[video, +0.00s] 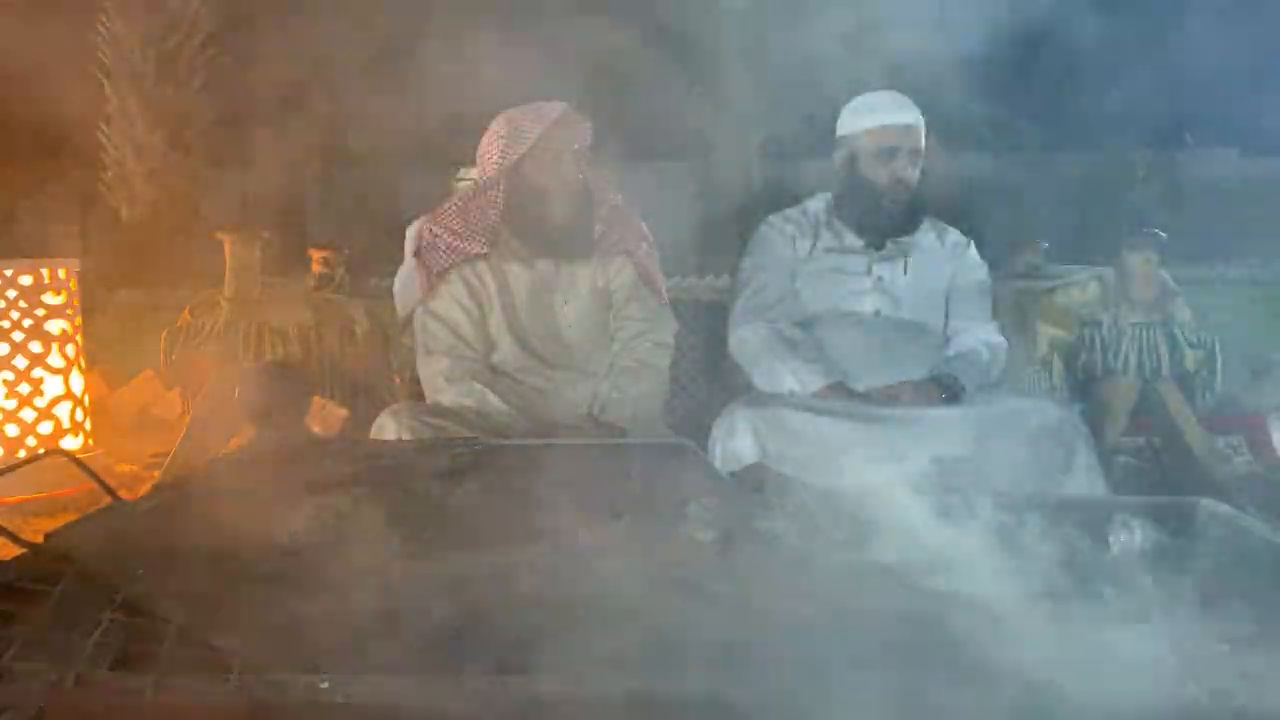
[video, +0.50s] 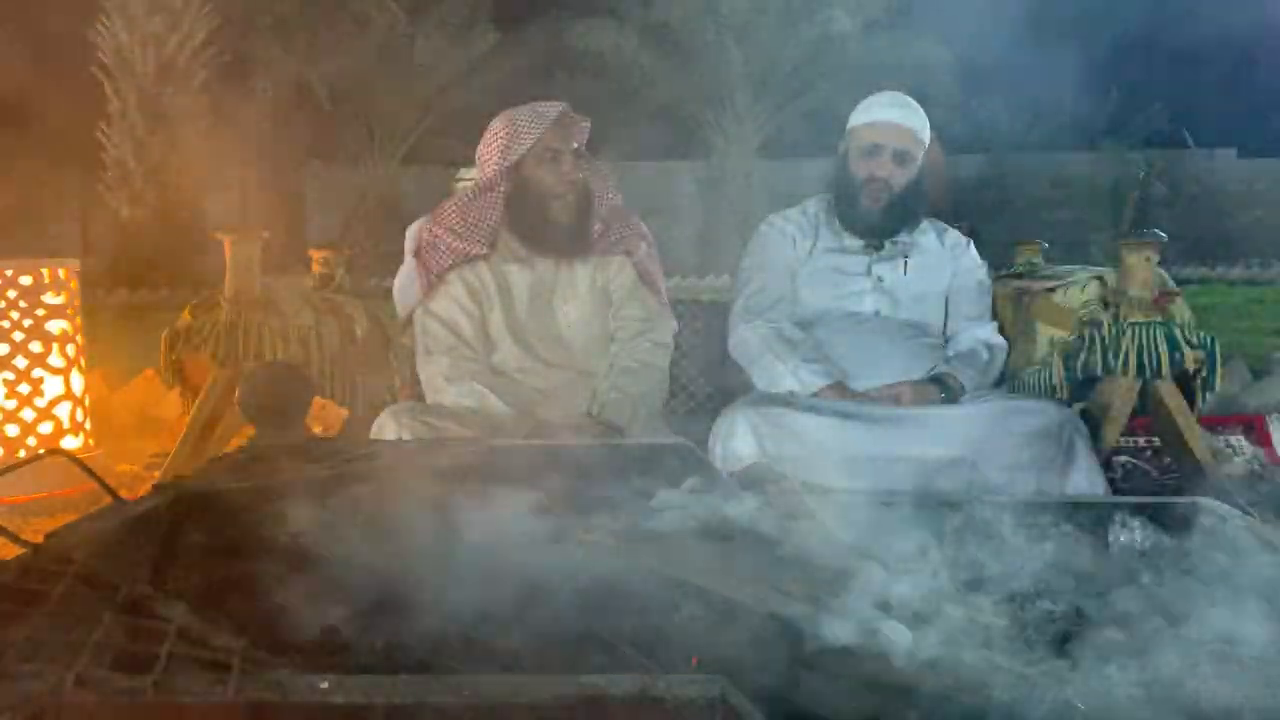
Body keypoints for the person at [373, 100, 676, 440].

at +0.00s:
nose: (580, 176)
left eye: (581, 159)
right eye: (560, 160)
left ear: (591, 167)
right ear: (514, 174)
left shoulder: (620, 258)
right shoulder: (459, 265)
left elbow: (646, 354)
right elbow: (449, 381)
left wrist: (606, 432)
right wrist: (526, 439)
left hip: (598, 439)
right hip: (496, 437)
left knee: (681, 466)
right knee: (397, 427)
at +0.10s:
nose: (579, 172)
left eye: (581, 156)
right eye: (555, 160)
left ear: (591, 161)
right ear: (515, 172)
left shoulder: (618, 254)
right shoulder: (461, 260)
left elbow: (647, 349)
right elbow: (448, 376)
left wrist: (607, 429)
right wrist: (521, 437)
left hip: (601, 436)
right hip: (498, 437)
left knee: (678, 461)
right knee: (397, 427)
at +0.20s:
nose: (575, 178)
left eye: (580, 159)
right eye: (551, 162)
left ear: (593, 167)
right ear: (508, 177)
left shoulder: (619, 258)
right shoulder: (459, 263)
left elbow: (645, 350)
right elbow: (447, 378)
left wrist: (605, 429)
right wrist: (528, 434)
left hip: (602, 436)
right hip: (498, 436)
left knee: (679, 462)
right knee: (397, 427)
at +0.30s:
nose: (573, 175)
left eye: (579, 158)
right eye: (550, 159)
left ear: (592, 166)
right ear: (509, 173)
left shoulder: (621, 256)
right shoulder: (458, 261)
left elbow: (645, 352)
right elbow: (449, 382)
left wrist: (603, 435)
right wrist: (526, 437)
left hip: (602, 437)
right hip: (495, 438)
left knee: (679, 461)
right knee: (396, 427)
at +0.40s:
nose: (572, 175)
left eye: (578, 158)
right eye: (550, 159)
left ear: (590, 167)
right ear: (508, 174)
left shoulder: (620, 263)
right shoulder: (460, 268)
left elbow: (643, 362)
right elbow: (448, 379)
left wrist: (603, 439)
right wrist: (526, 435)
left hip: (598, 440)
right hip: (496, 440)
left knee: (675, 462)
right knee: (396, 426)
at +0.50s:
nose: (574, 174)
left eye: (577, 158)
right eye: (551, 159)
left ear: (588, 166)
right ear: (509, 175)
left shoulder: (616, 263)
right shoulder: (461, 269)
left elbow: (644, 350)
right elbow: (448, 379)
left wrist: (607, 428)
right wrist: (525, 434)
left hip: (596, 435)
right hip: (497, 437)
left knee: (670, 453)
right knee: (397, 426)